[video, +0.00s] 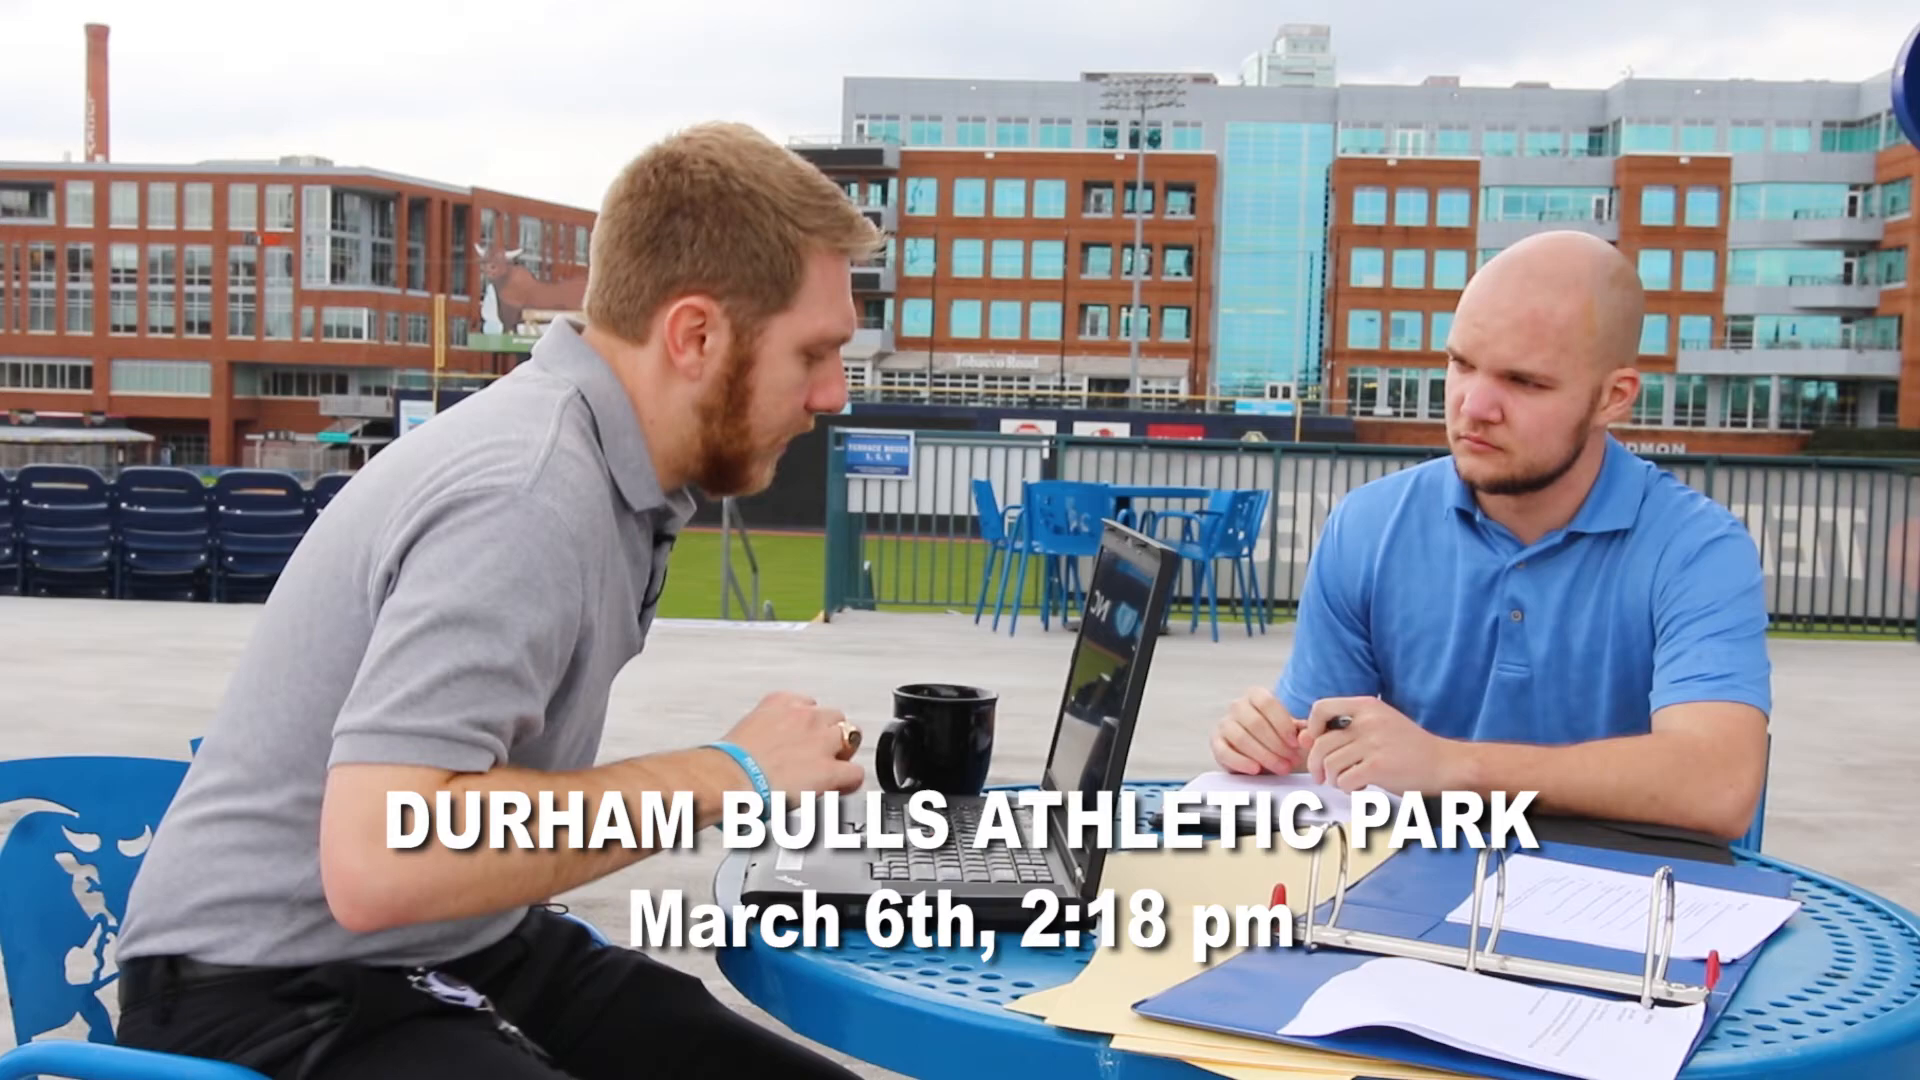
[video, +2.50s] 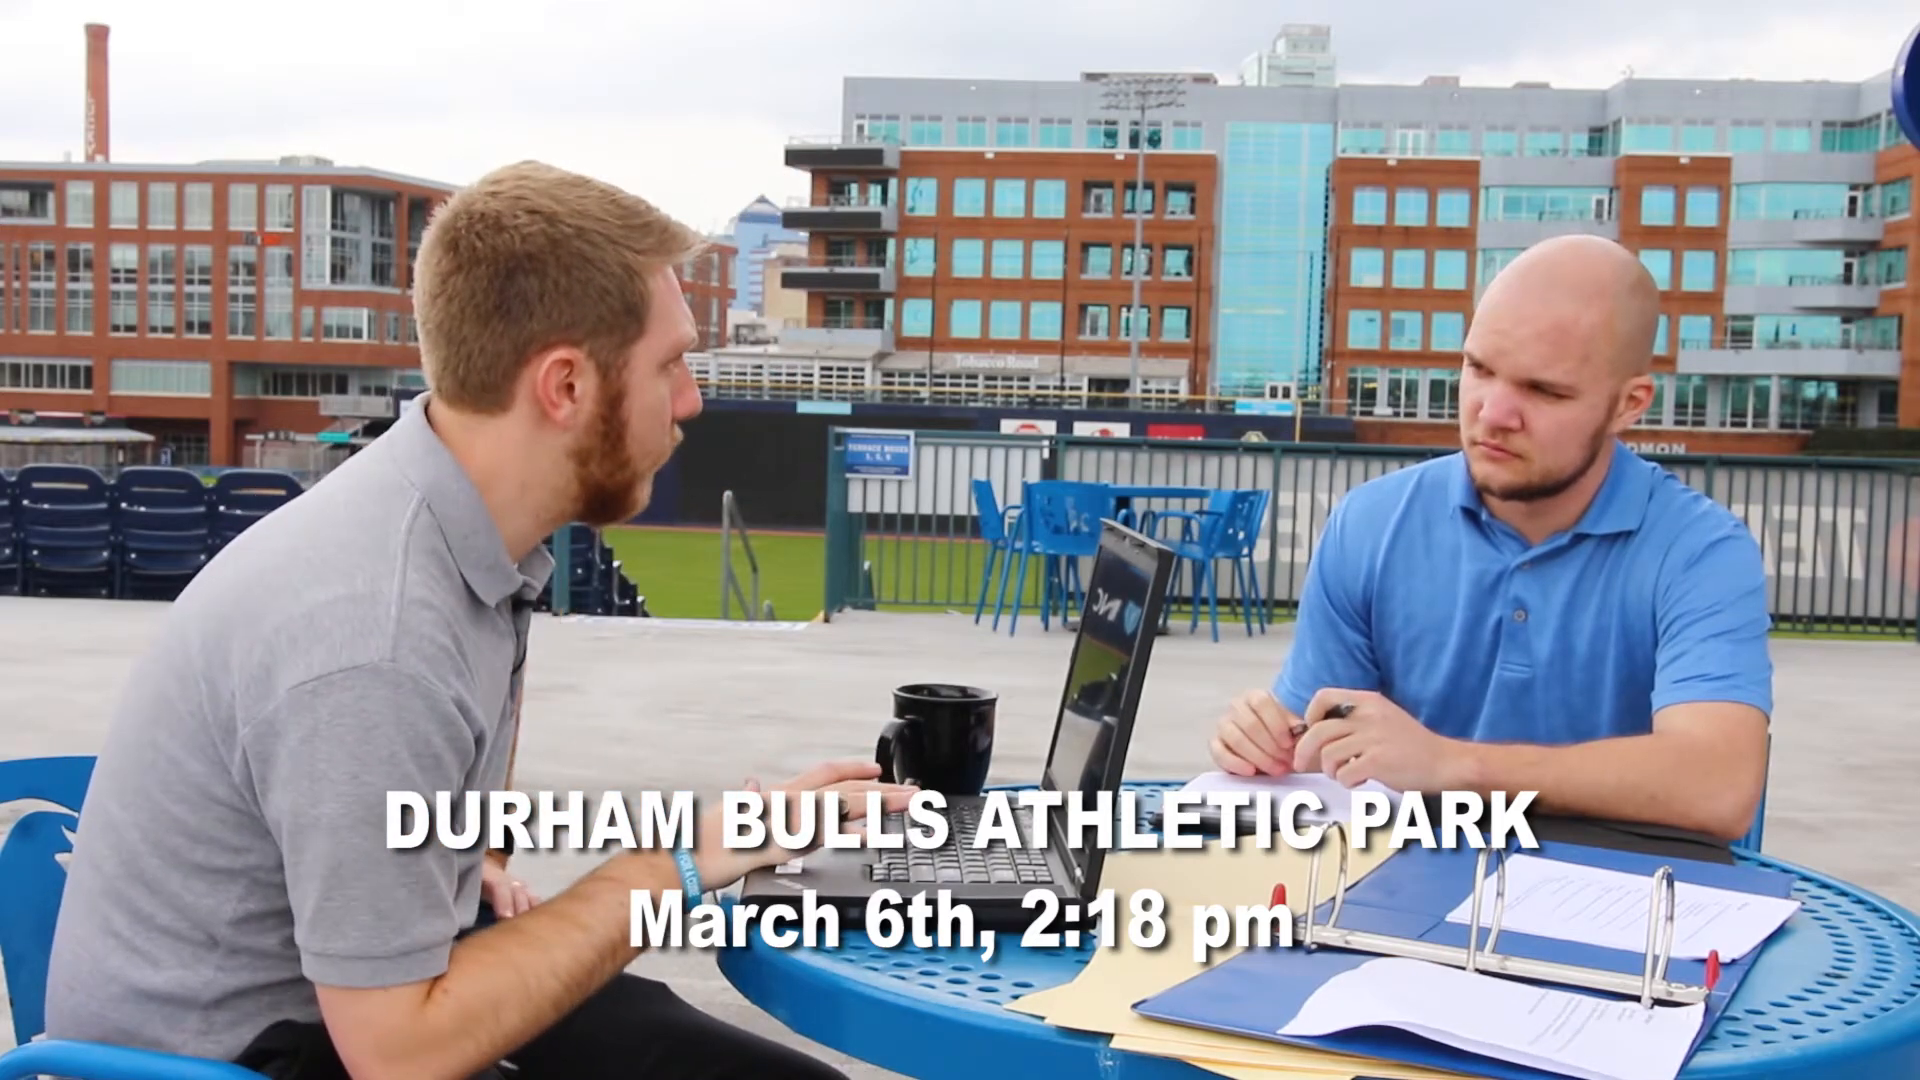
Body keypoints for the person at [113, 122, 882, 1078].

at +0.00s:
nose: (837, 397)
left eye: (838, 356)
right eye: (817, 355)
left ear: (683, 339)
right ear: (692, 337)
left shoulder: (591, 463)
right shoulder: (525, 493)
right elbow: (383, 869)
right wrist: (732, 774)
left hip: (464, 944)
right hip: (280, 993)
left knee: (802, 1064)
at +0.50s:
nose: (758, 421)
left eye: (758, 381)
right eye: (739, 383)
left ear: (612, 383)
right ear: (616, 382)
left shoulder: (513, 519)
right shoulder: (426, 585)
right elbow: (402, 1021)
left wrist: (690, 827)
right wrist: (693, 850)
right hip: (241, 1042)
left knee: (829, 1072)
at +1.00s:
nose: (665, 405)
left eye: (658, 361)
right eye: (637, 366)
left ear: (505, 390)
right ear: (506, 385)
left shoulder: (503, 516)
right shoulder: (301, 626)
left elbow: (576, 631)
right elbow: (370, 1030)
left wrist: (508, 837)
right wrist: (689, 852)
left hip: (407, 953)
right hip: (212, 1041)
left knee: (814, 1072)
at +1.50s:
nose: (700, 420)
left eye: (693, 380)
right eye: (672, 385)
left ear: (548, 404)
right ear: (547, 401)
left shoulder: (472, 510)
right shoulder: (361, 649)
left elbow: (536, 636)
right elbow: (379, 1050)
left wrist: (487, 836)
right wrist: (691, 857)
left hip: (374, 964)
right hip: (218, 1046)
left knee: (808, 1074)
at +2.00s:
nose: (698, 422)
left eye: (693, 382)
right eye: (675, 388)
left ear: (544, 409)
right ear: (554, 406)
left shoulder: (473, 514)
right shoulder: (354, 667)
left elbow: (515, 652)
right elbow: (406, 1054)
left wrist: (479, 832)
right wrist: (699, 852)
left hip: (382, 953)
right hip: (217, 1044)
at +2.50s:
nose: (694, 402)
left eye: (688, 365)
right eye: (674, 369)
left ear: (562, 389)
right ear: (565, 389)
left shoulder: (464, 526)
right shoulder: (365, 642)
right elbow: (404, 1047)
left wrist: (467, 857)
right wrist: (690, 860)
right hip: (212, 1048)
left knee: (803, 1063)